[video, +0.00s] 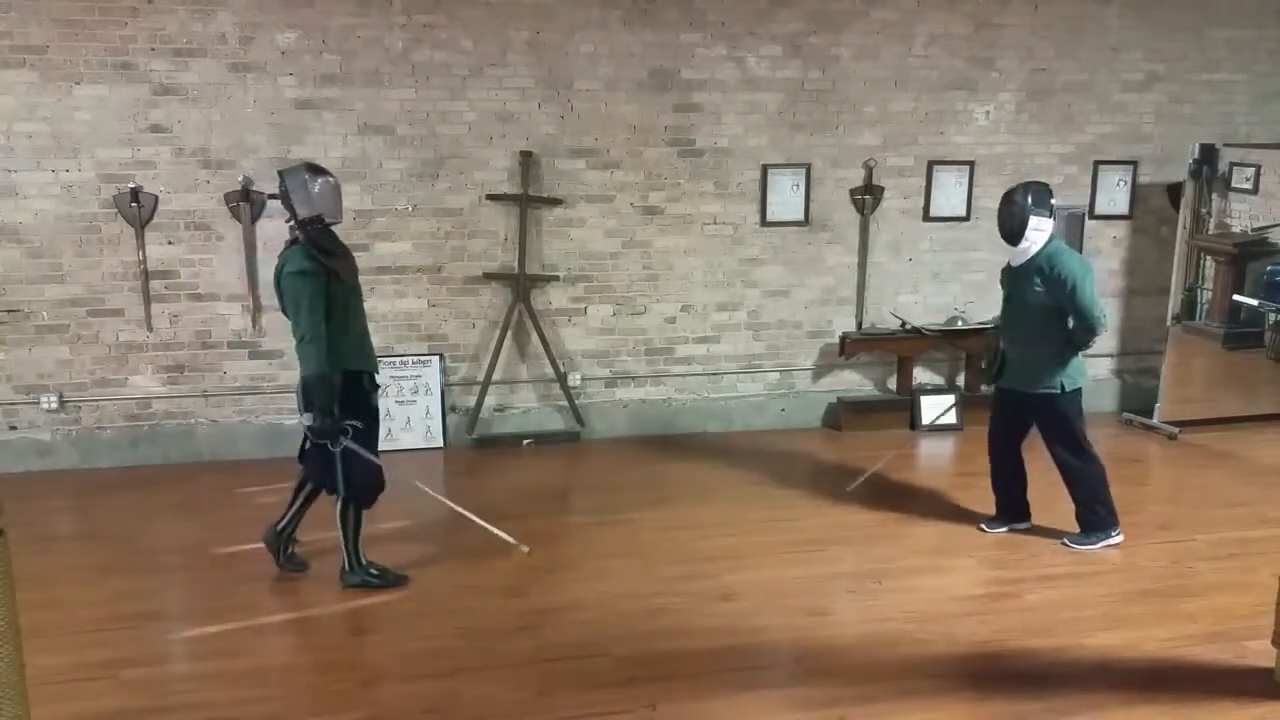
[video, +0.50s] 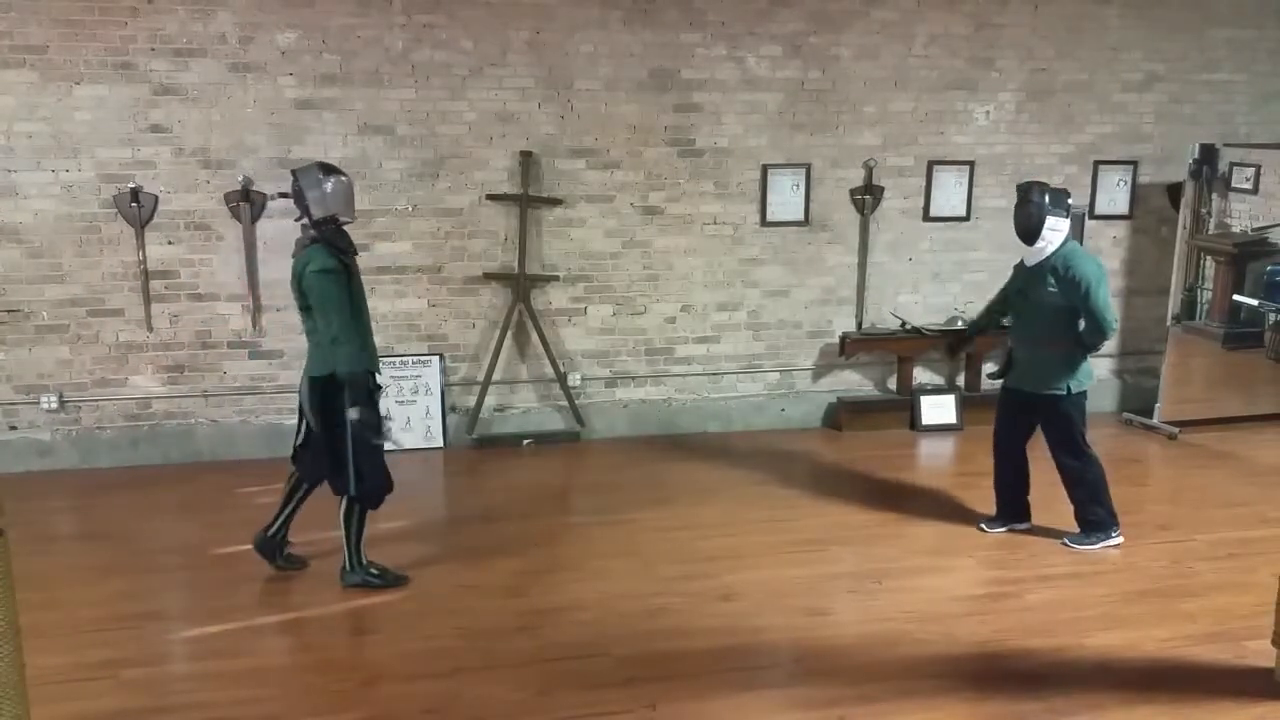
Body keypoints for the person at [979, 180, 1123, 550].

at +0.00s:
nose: (1003, 221)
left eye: (1011, 213)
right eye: (1003, 213)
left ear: (1035, 218)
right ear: (1035, 219)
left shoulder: (1064, 263)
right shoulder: (1015, 265)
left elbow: (1092, 322)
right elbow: (1015, 316)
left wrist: (1069, 342)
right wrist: (1009, 342)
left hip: (1055, 377)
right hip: (1016, 374)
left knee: (1073, 453)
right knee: (1002, 444)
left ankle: (1102, 526)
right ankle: (1013, 514)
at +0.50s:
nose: (1020, 218)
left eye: (1028, 211)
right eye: (1019, 211)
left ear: (1052, 219)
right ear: (1047, 220)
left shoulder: (1078, 265)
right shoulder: (1027, 267)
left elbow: (1103, 324)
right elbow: (999, 308)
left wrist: (1078, 346)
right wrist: (968, 335)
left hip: (1062, 379)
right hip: (1022, 376)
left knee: (1072, 454)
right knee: (1007, 443)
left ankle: (1102, 527)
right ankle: (1012, 514)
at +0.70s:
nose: (1026, 218)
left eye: (1033, 211)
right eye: (1027, 211)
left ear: (1057, 218)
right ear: (1050, 219)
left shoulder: (1084, 265)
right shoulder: (1034, 256)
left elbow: (1106, 328)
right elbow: (990, 271)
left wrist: (1081, 347)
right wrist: (932, 280)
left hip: (1064, 379)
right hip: (1026, 373)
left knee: (1073, 455)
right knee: (1011, 445)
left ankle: (1102, 527)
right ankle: (1014, 513)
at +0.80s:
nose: (1028, 218)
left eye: (1036, 211)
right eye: (1029, 211)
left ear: (1061, 217)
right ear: (1037, 216)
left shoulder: (1086, 266)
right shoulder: (1036, 253)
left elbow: (1107, 330)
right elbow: (989, 253)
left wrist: (1081, 345)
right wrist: (932, 249)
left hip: (1065, 378)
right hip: (1028, 372)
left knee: (1073, 455)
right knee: (1014, 446)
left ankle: (1102, 527)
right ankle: (1014, 513)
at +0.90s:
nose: (1032, 219)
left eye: (1041, 213)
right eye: (1033, 212)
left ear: (1064, 219)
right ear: (1044, 217)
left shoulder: (1088, 269)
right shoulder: (1038, 249)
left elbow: (1107, 332)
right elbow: (993, 236)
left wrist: (1082, 344)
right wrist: (937, 221)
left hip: (1067, 380)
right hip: (1030, 373)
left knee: (1073, 455)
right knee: (1016, 445)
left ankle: (1102, 527)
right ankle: (1014, 513)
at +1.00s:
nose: (1035, 219)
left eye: (1043, 213)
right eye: (1036, 212)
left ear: (1066, 219)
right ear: (1051, 218)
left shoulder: (1091, 266)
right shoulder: (1041, 245)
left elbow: (1108, 332)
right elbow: (996, 225)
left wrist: (1087, 345)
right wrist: (945, 204)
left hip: (1069, 378)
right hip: (1031, 372)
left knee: (1073, 455)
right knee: (1016, 444)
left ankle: (1102, 527)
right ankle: (1014, 514)